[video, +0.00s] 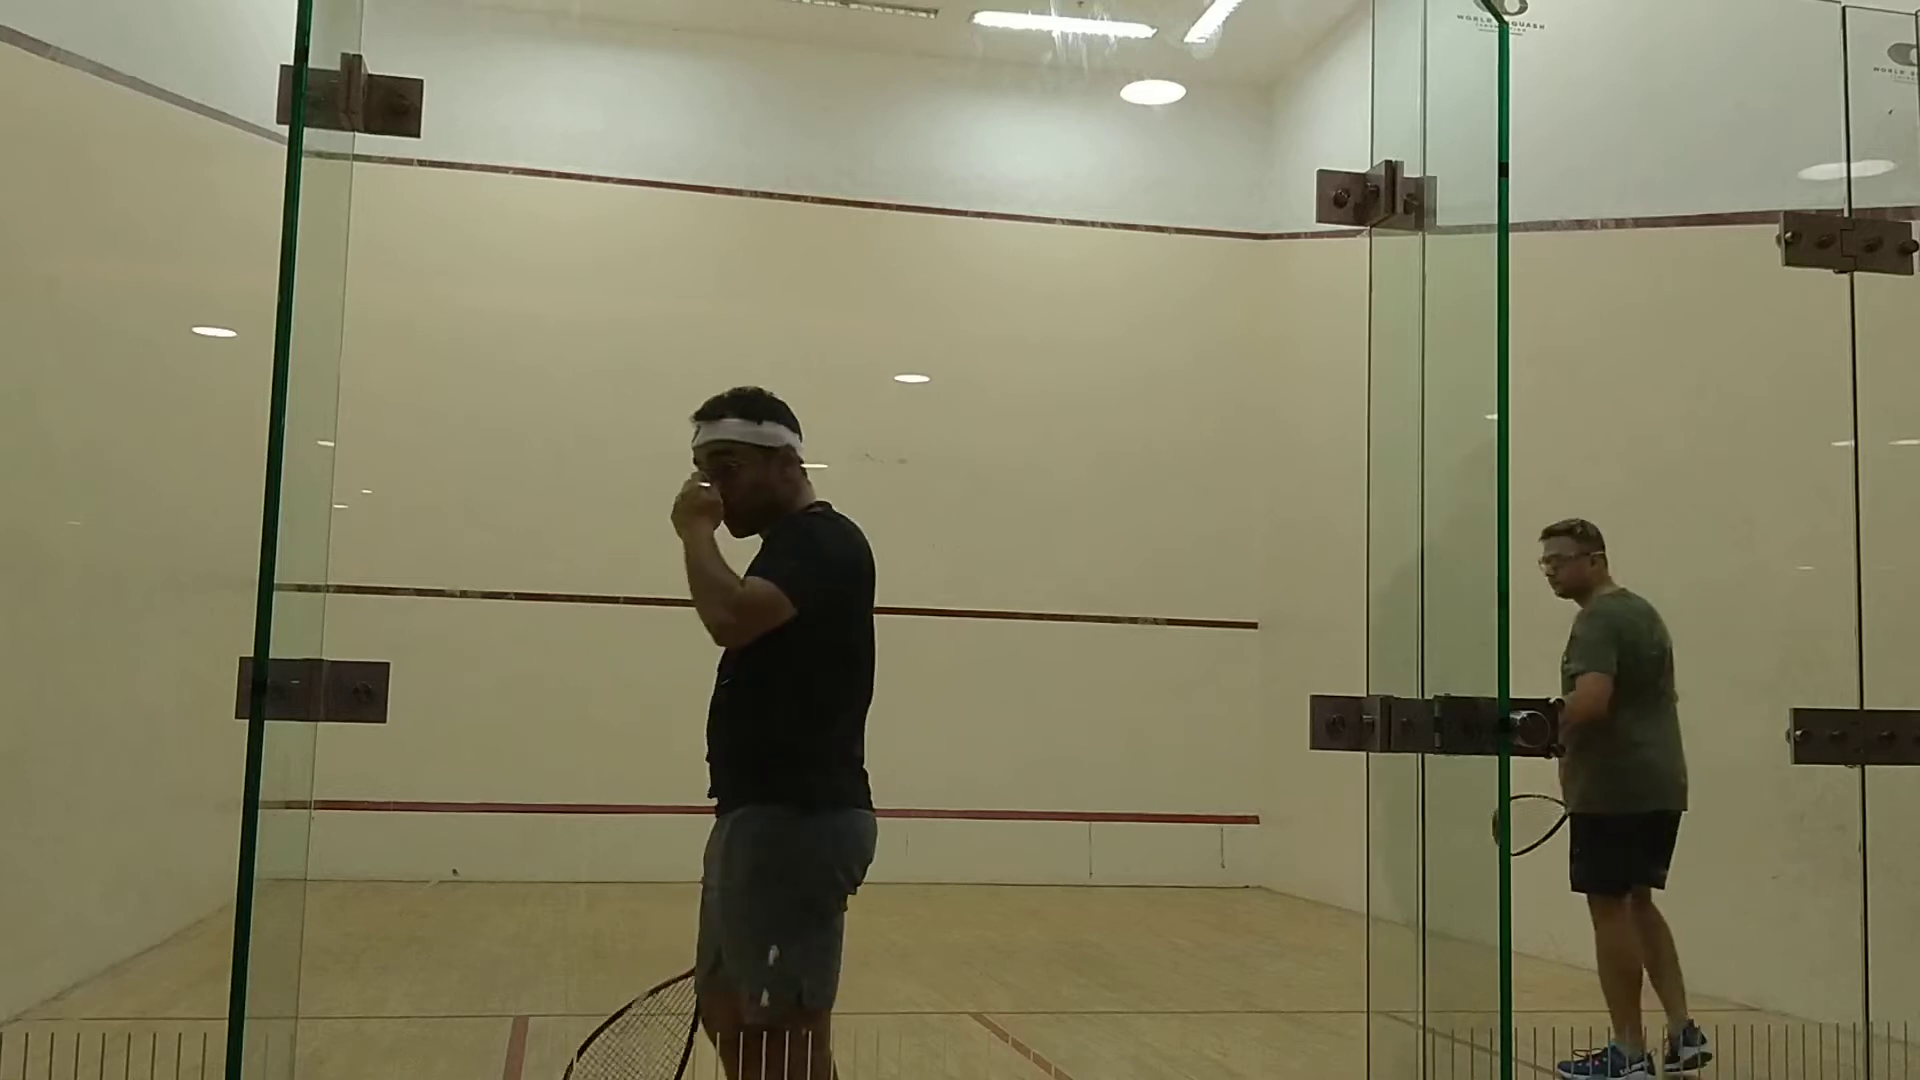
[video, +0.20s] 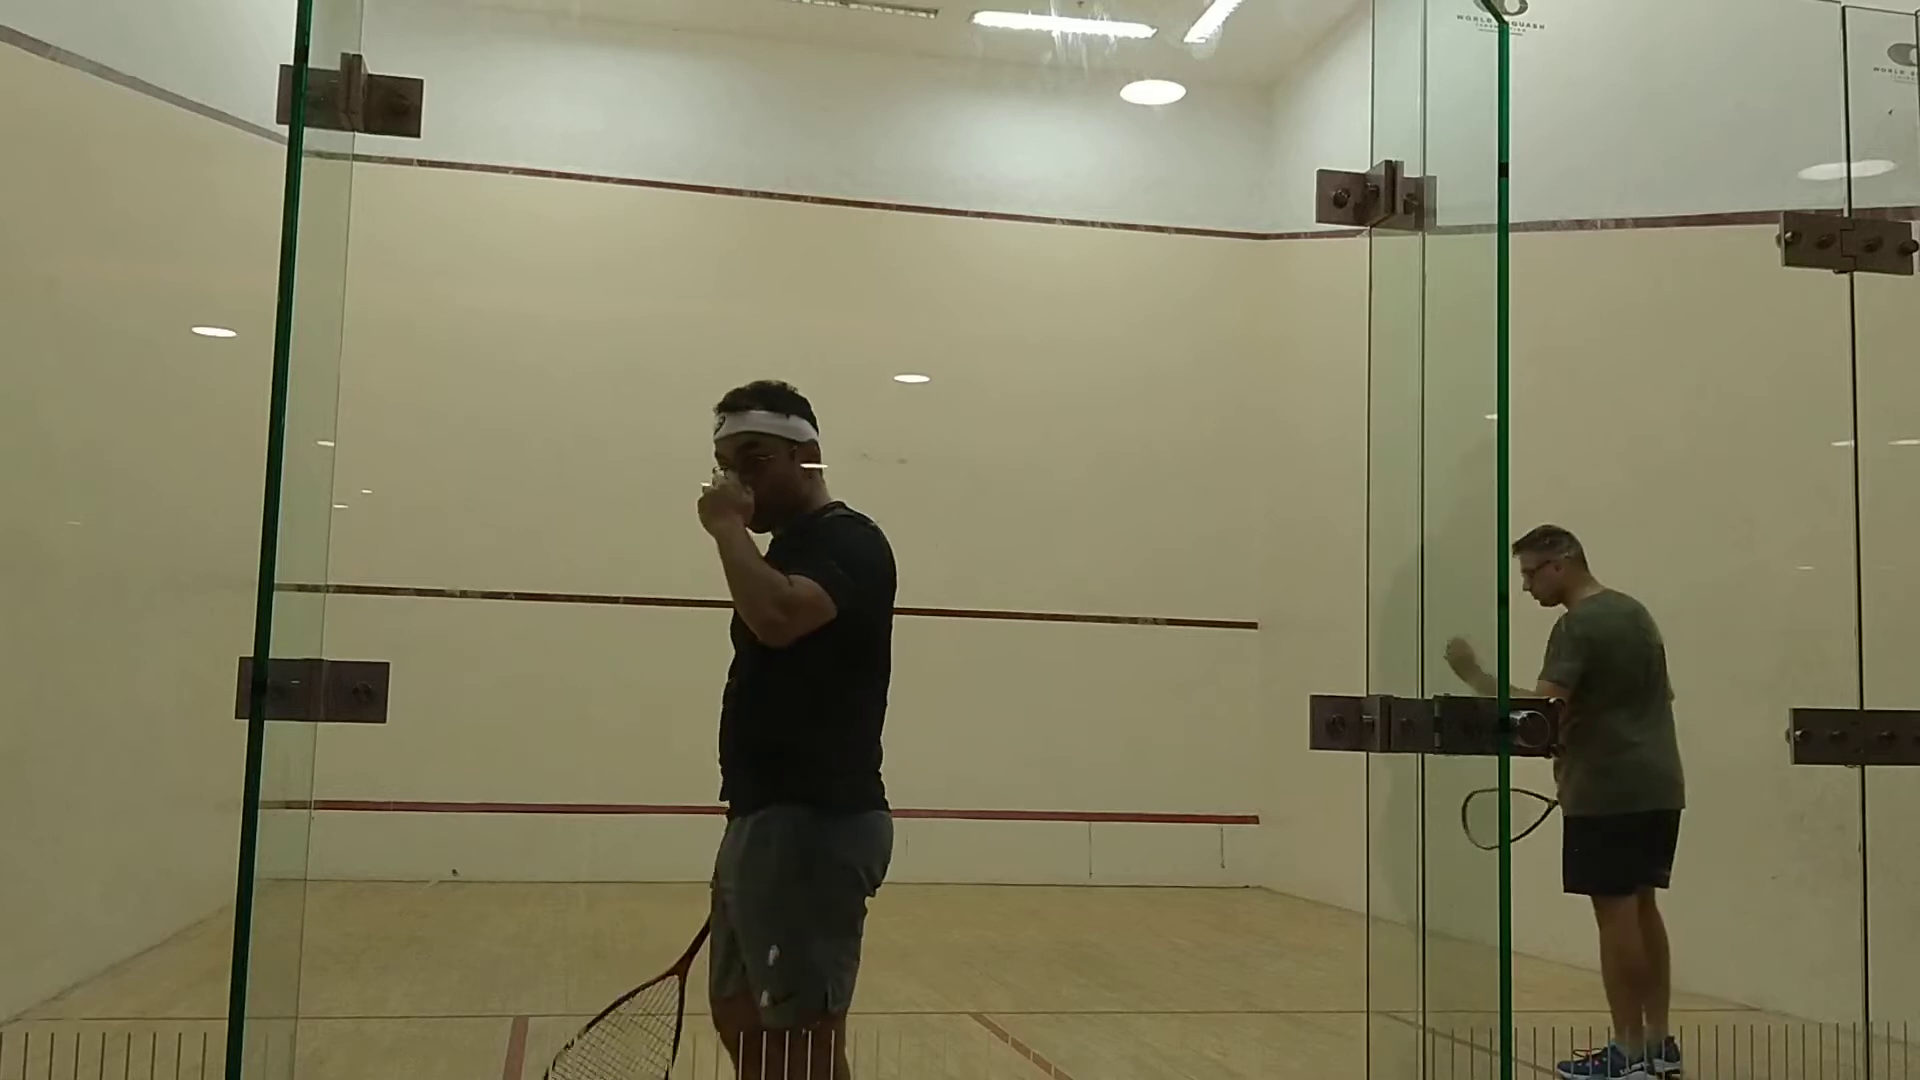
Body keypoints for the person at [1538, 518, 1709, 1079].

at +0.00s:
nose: (1548, 570)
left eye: (1557, 560)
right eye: (1546, 562)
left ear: (1593, 560)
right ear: (1598, 565)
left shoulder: (1599, 618)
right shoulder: (1640, 612)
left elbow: (1591, 700)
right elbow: (1648, 702)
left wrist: (1556, 724)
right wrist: (1572, 733)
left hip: (1611, 797)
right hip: (1656, 791)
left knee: (1609, 911)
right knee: (1638, 903)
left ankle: (1629, 1052)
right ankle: (1684, 1033)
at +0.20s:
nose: (1527, 587)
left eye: (1531, 574)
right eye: (1524, 577)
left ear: (1562, 563)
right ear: (1572, 562)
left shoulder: (1578, 624)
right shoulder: (1635, 613)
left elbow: (1540, 712)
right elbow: (1657, 698)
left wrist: (1475, 672)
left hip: (1607, 799)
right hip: (1656, 792)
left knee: (1616, 917)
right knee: (1643, 909)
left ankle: (1627, 1050)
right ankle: (1658, 1045)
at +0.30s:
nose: (1525, 593)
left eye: (1525, 580)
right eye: (1521, 583)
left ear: (1551, 567)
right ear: (1569, 563)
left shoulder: (1568, 626)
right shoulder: (1632, 612)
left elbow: (1536, 721)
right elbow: (1657, 700)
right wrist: (1575, 726)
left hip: (1606, 798)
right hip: (1660, 792)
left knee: (1617, 916)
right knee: (1646, 909)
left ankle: (1628, 1051)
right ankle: (1662, 1042)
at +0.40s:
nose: (1524, 600)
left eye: (1522, 587)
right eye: (1519, 589)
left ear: (1542, 574)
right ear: (1565, 567)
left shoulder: (1559, 630)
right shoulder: (1632, 614)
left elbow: (1528, 722)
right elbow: (1636, 706)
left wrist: (1497, 780)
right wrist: (1561, 726)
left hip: (1606, 799)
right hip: (1664, 791)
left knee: (1618, 917)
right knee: (1648, 908)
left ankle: (1629, 1052)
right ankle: (1668, 1043)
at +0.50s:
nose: (1522, 607)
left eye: (1518, 595)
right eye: (1516, 598)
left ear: (1535, 578)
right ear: (1558, 571)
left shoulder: (1555, 631)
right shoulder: (1629, 615)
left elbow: (1548, 722)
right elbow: (1643, 706)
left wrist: (1530, 794)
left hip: (1607, 799)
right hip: (1667, 791)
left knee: (1619, 918)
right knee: (1654, 912)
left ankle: (1629, 1052)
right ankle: (1669, 1044)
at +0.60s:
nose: (1520, 614)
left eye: (1517, 601)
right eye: (1515, 604)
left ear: (1531, 585)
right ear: (1558, 577)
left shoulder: (1554, 629)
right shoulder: (1624, 616)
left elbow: (1566, 718)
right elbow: (1635, 708)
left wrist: (1550, 794)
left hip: (1612, 798)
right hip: (1670, 790)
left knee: (1620, 917)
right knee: (1656, 912)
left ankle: (1629, 1052)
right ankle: (1669, 1046)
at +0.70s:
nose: (1524, 619)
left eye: (1520, 607)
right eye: (1518, 610)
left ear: (1533, 589)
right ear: (1561, 581)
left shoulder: (1556, 626)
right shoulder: (1623, 619)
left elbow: (1569, 709)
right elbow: (1631, 710)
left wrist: (1552, 789)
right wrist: (1579, 782)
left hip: (1615, 796)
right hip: (1672, 789)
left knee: (1622, 918)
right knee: (1658, 913)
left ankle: (1628, 1053)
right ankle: (1669, 1048)